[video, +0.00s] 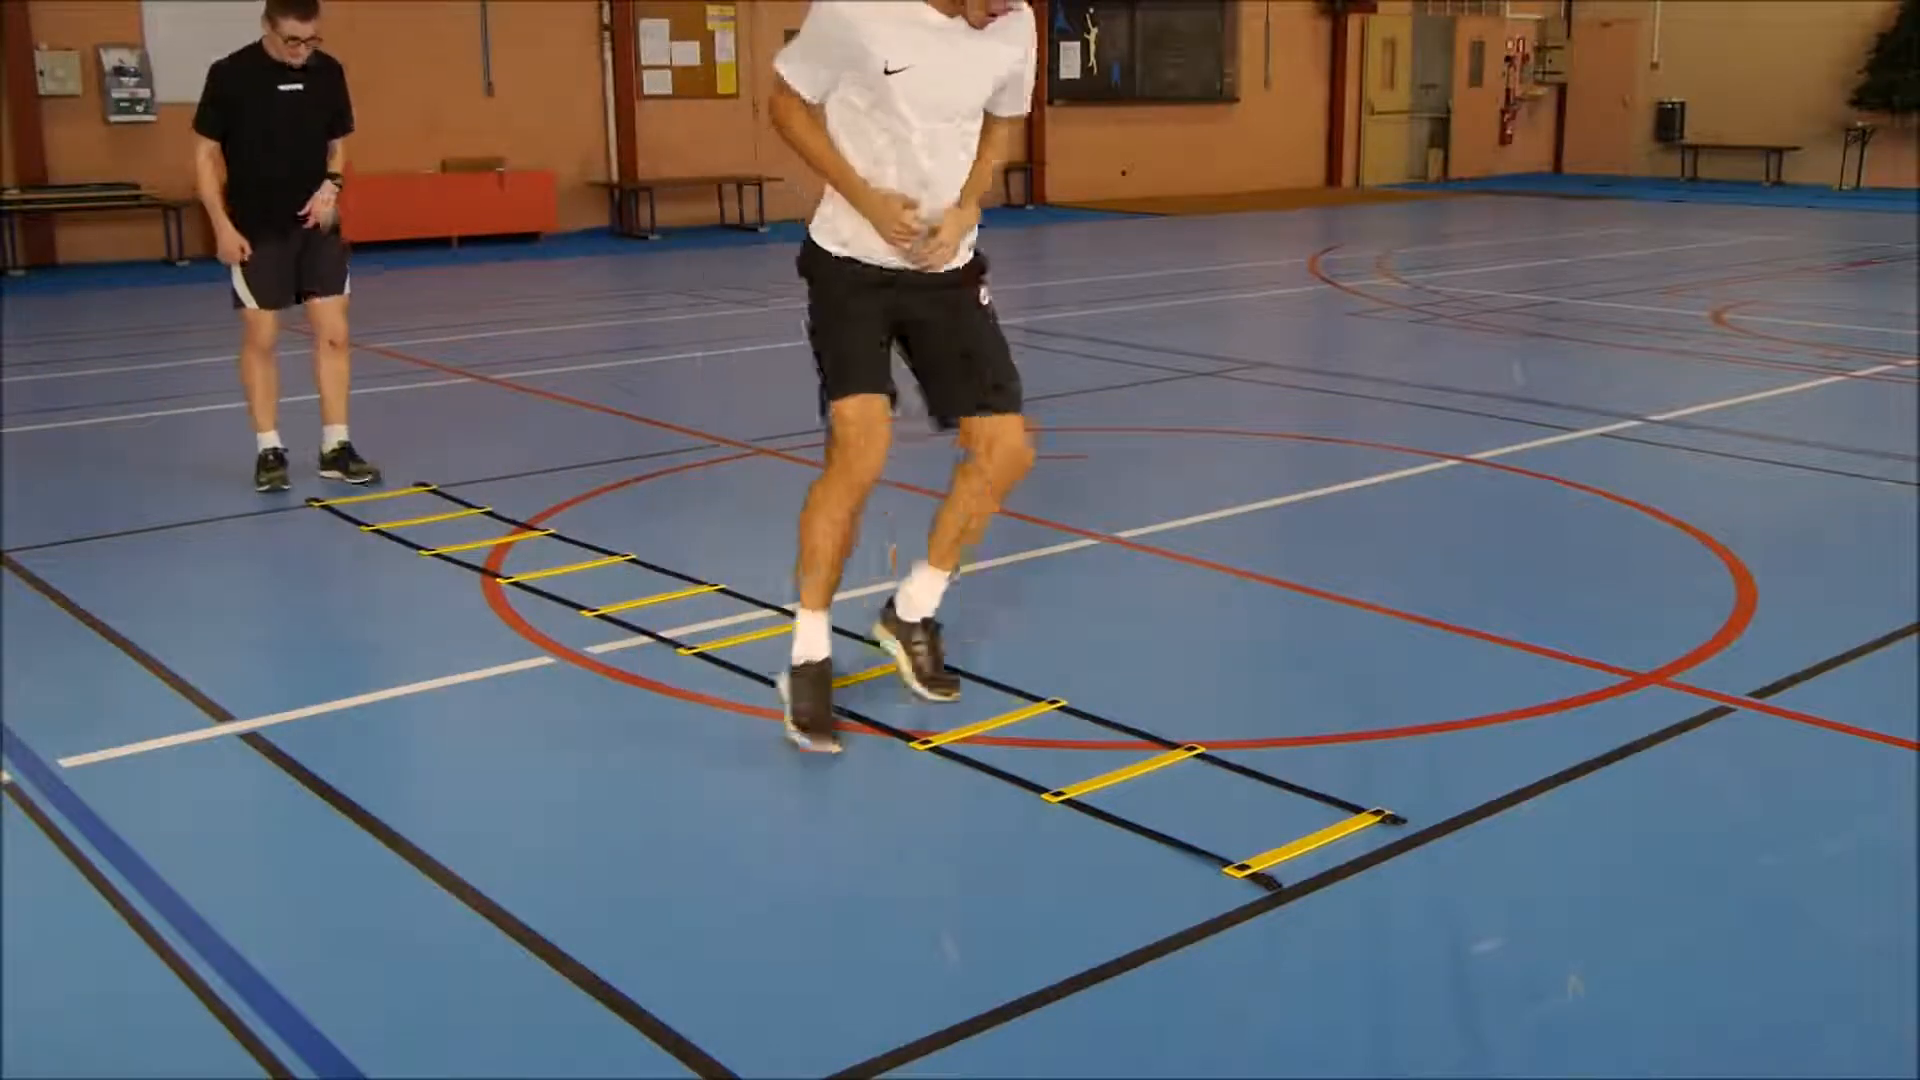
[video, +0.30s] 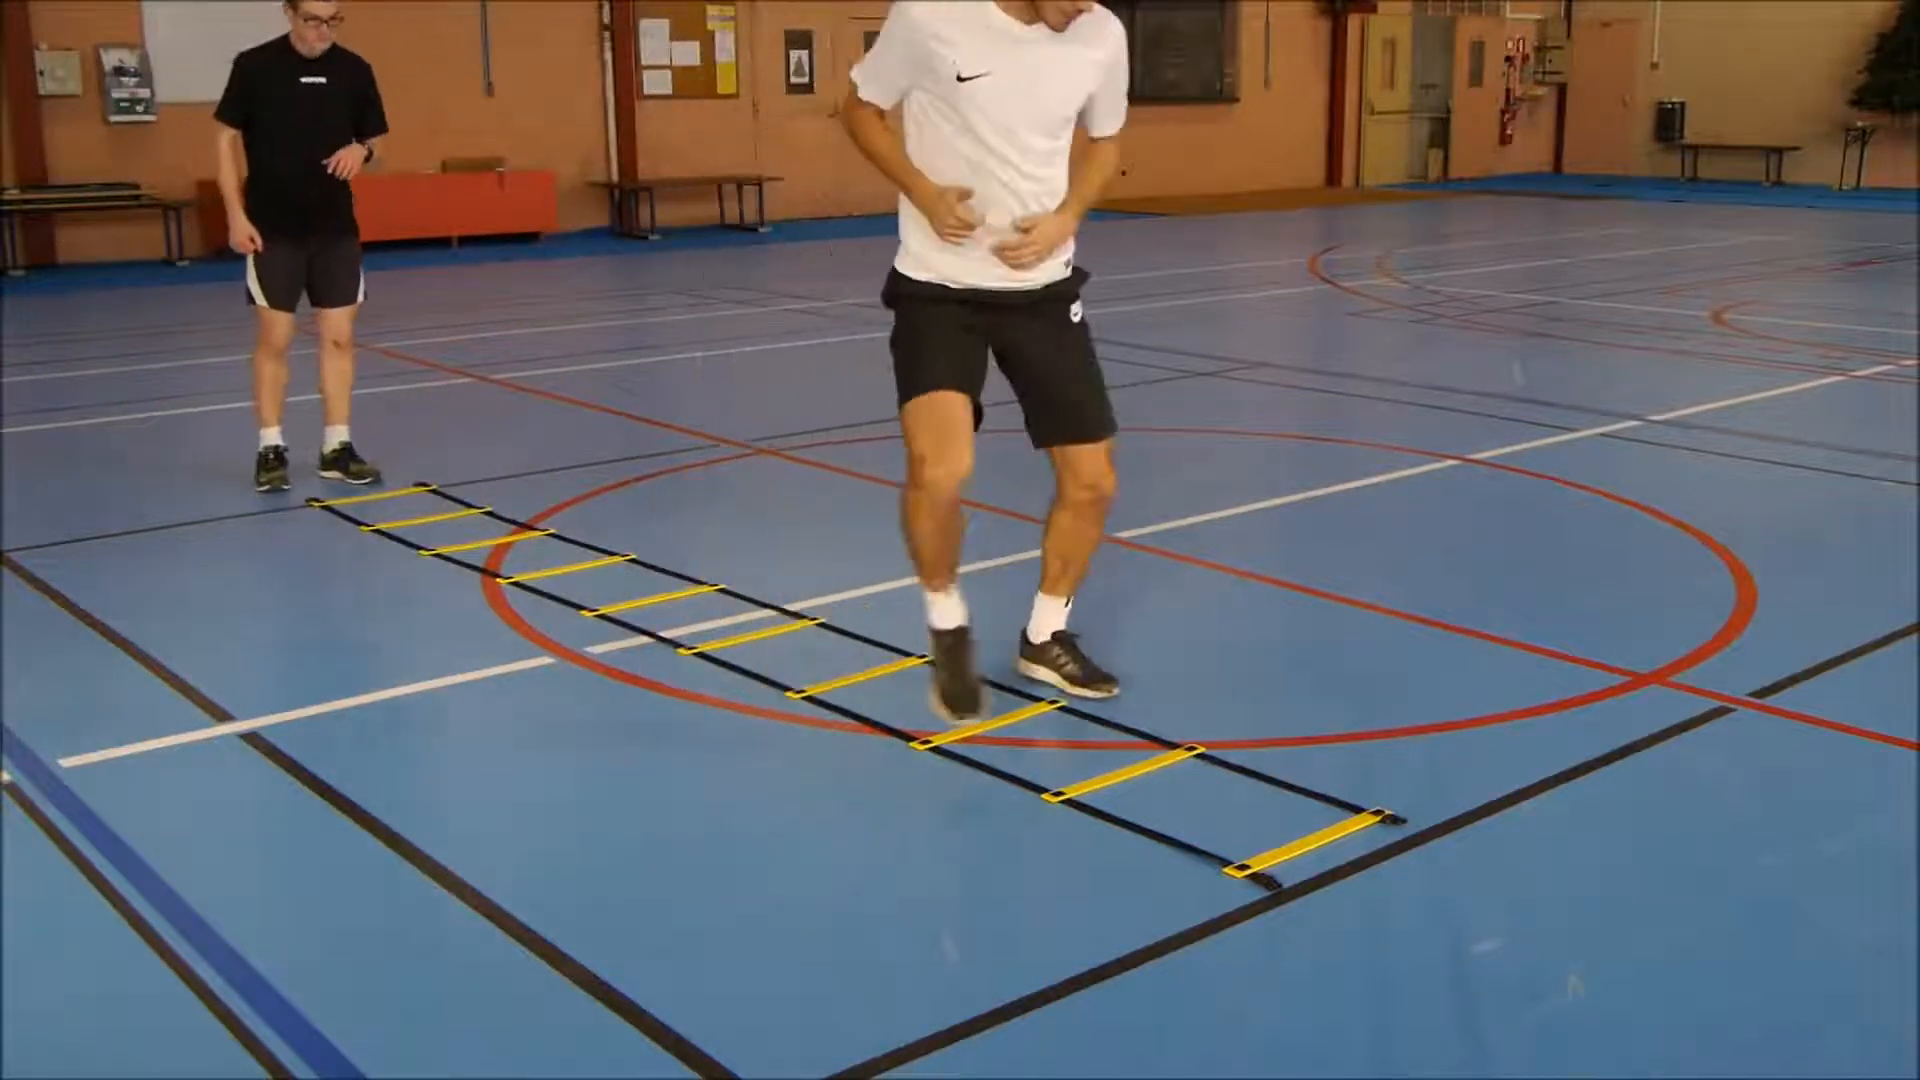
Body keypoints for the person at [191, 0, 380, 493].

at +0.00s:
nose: (302, 51)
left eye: (311, 41)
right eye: (292, 42)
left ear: (320, 28)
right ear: (267, 29)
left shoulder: (327, 71)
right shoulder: (229, 74)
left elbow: (338, 141)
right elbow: (206, 156)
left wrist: (332, 185)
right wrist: (222, 226)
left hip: (318, 224)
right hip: (257, 230)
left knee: (334, 335)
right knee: (262, 341)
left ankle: (336, 448)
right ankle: (269, 450)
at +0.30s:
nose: (321, 31)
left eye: (330, 21)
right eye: (311, 20)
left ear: (339, 18)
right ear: (289, 14)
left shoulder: (355, 70)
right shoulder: (253, 66)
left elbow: (373, 136)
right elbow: (227, 138)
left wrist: (361, 148)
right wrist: (235, 214)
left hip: (335, 226)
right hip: (273, 228)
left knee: (339, 337)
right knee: (275, 339)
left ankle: (337, 447)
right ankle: (271, 448)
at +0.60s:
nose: (323, 43)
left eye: (332, 33)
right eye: (313, 33)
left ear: (341, 21)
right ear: (291, 19)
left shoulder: (354, 70)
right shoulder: (254, 68)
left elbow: (373, 136)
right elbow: (229, 149)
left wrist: (366, 157)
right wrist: (259, 206)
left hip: (335, 224)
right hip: (276, 225)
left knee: (340, 338)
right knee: (277, 339)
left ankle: (336, 447)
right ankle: (275, 448)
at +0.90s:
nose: (320, 72)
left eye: (328, 64)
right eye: (312, 64)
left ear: (337, 50)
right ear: (290, 43)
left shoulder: (342, 77)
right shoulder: (248, 82)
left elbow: (348, 134)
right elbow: (220, 159)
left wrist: (348, 158)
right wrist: (267, 213)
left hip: (328, 225)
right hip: (269, 232)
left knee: (347, 335)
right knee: (274, 342)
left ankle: (338, 445)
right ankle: (276, 449)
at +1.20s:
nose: (336, 84)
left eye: (343, 77)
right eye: (327, 76)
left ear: (353, 63)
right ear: (304, 54)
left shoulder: (353, 87)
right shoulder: (264, 92)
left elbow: (352, 138)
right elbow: (231, 168)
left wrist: (353, 154)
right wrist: (292, 224)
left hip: (333, 228)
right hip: (271, 237)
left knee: (354, 335)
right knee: (270, 344)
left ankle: (337, 441)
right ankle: (270, 447)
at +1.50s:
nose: (368, 77)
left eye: (376, 68)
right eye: (360, 68)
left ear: (385, 55)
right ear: (336, 48)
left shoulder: (387, 83)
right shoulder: (286, 81)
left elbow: (390, 140)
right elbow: (242, 141)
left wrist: (381, 148)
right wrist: (292, 197)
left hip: (357, 222)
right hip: (301, 225)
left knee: (364, 340)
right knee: (337, 326)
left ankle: (335, 432)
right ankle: (346, 442)